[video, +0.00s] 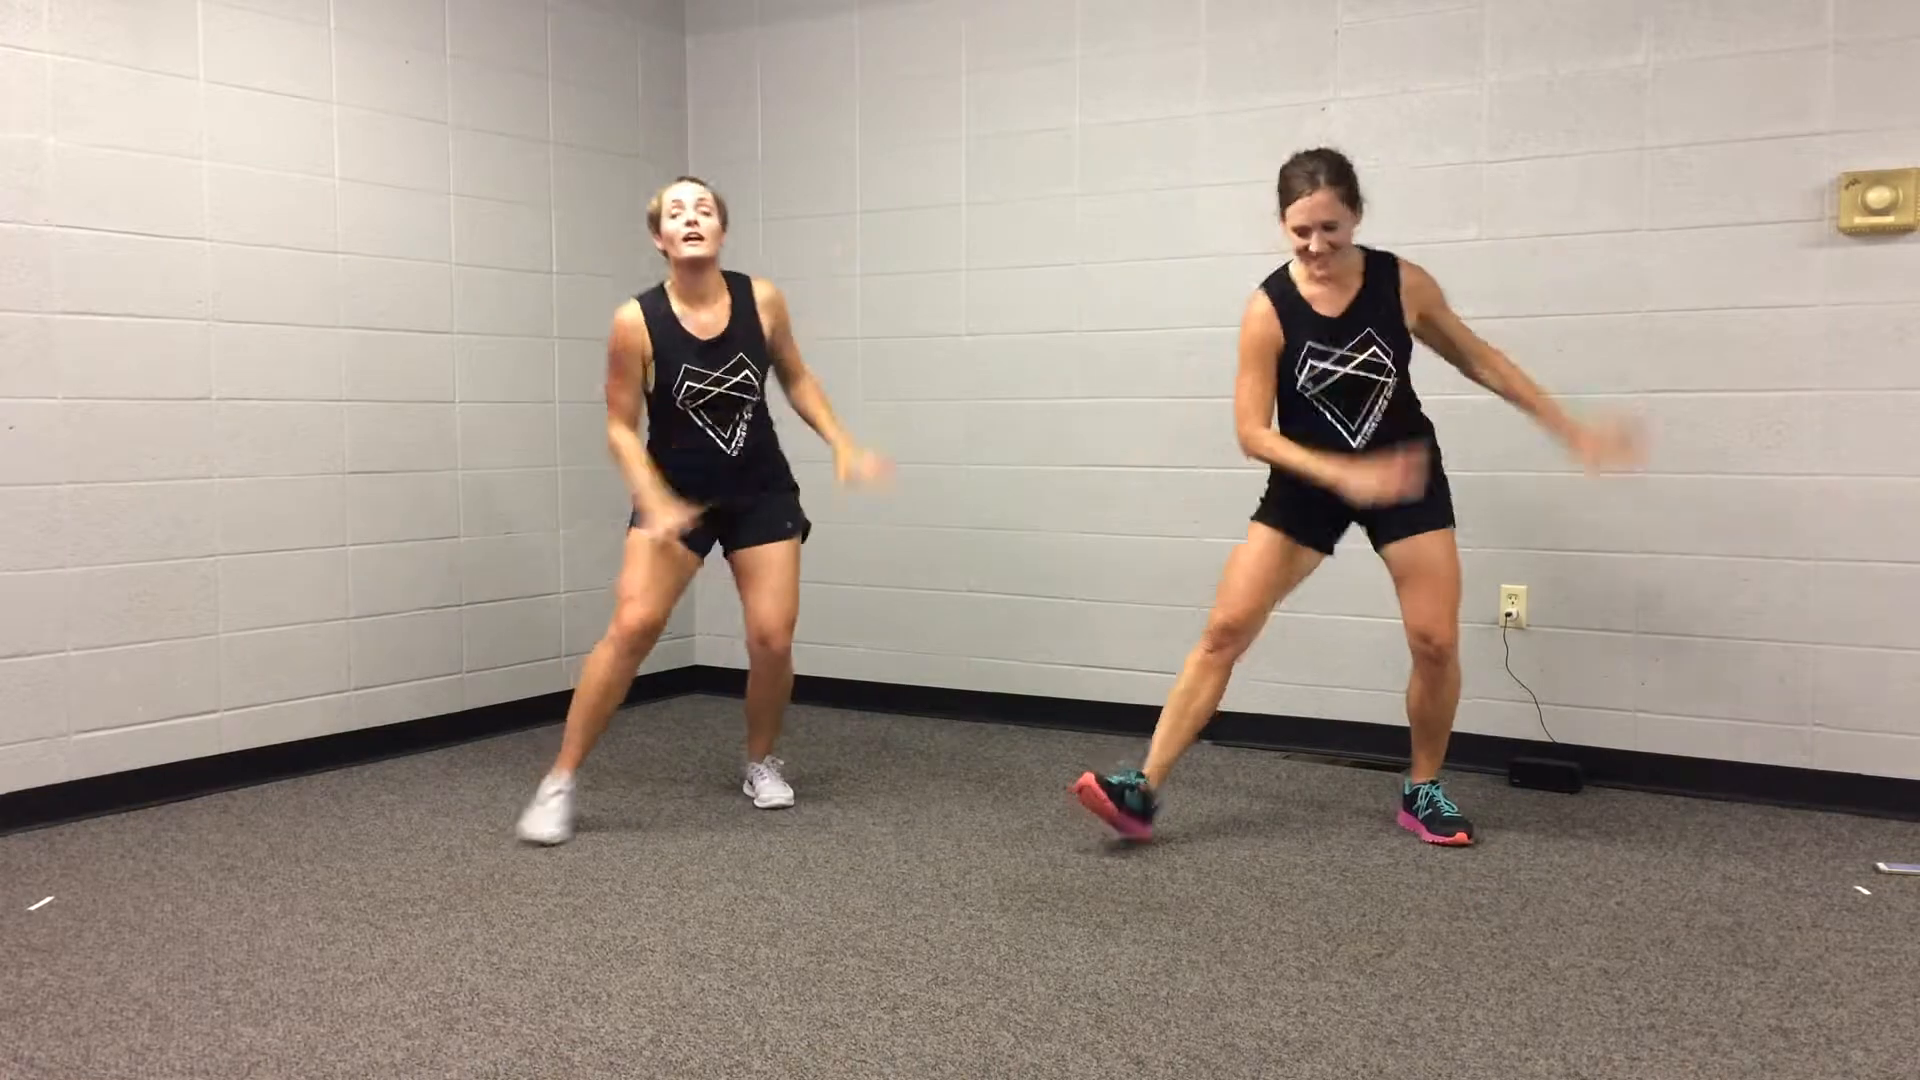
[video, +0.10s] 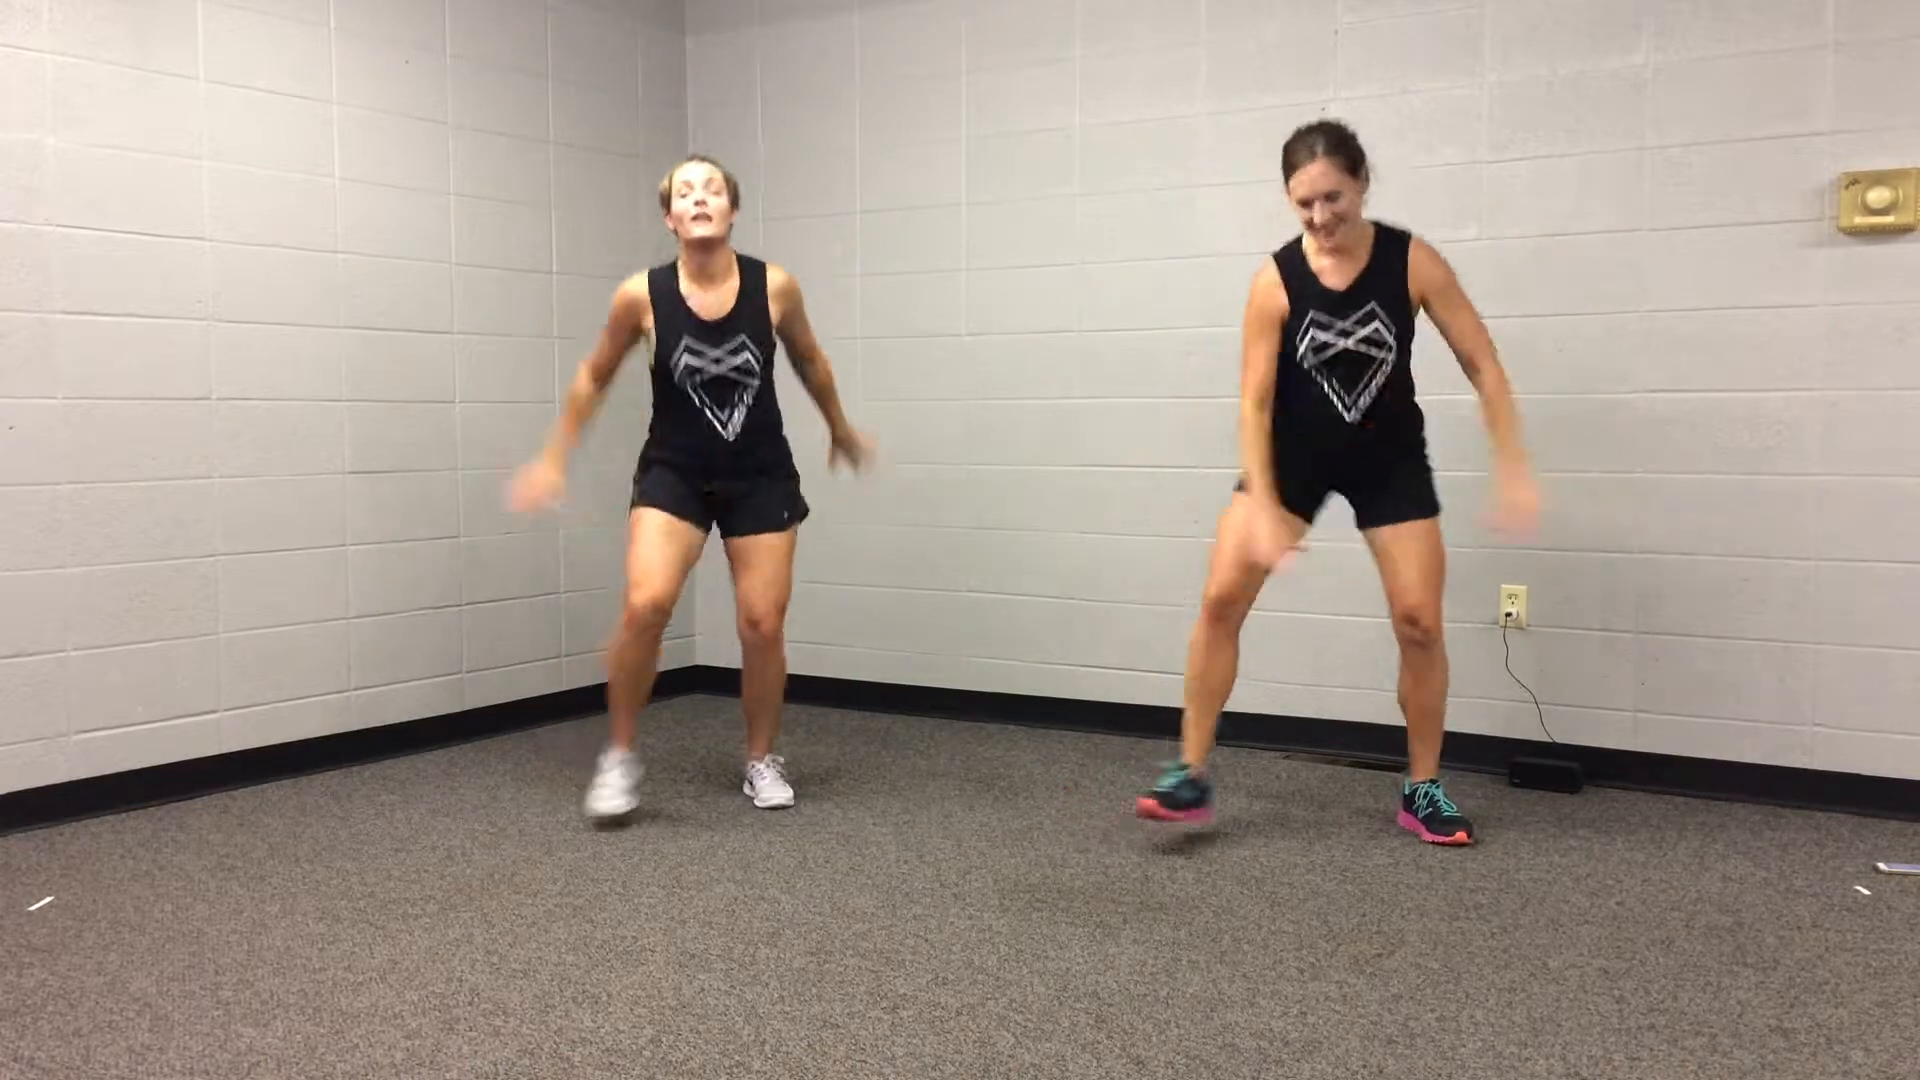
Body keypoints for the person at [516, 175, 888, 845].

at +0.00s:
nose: (690, 218)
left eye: (702, 210)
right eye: (676, 211)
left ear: (723, 232)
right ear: (658, 237)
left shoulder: (761, 301)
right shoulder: (636, 321)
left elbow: (796, 377)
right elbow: (620, 423)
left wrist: (841, 442)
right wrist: (655, 499)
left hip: (760, 488)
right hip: (676, 493)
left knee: (773, 639)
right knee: (634, 624)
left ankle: (761, 764)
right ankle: (560, 781)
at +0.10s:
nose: (699, 198)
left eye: (711, 188)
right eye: (686, 191)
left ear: (734, 210)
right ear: (669, 216)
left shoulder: (774, 288)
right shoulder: (641, 296)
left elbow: (810, 362)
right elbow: (594, 378)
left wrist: (840, 428)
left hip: (759, 472)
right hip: (674, 471)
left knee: (763, 622)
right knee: (646, 606)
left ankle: (761, 760)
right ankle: (620, 754)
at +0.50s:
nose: (690, 210)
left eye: (704, 198)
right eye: (678, 197)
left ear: (722, 208)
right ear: (660, 204)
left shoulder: (755, 283)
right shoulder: (626, 291)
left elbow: (777, 381)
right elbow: (598, 395)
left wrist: (764, 448)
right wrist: (616, 488)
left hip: (725, 465)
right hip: (648, 472)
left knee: (760, 584)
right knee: (666, 616)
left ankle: (751, 696)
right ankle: (676, 766)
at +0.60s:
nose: (685, 235)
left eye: (698, 225)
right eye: (673, 223)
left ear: (715, 231)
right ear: (654, 225)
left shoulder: (745, 287)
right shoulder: (623, 314)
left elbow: (767, 381)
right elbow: (627, 417)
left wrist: (710, 341)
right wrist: (670, 374)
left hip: (719, 479)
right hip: (637, 482)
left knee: (755, 543)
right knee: (658, 625)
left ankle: (727, 654)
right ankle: (676, 767)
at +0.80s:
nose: (677, 213)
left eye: (690, 202)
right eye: (665, 199)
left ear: (706, 208)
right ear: (644, 201)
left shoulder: (734, 276)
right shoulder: (603, 284)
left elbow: (774, 371)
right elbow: (593, 385)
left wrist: (732, 390)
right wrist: (647, 401)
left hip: (731, 465)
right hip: (648, 471)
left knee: (736, 613)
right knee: (667, 622)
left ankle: (746, 746)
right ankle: (677, 768)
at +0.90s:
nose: (674, 216)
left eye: (688, 205)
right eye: (663, 202)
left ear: (705, 213)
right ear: (641, 205)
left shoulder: (730, 286)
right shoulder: (600, 284)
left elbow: (773, 374)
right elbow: (581, 381)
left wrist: (805, 441)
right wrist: (589, 464)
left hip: (736, 469)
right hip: (652, 475)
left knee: (732, 621)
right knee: (671, 625)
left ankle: (748, 759)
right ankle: (678, 769)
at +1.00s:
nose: (674, 214)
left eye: (687, 204)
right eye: (662, 201)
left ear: (704, 212)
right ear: (641, 206)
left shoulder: (731, 287)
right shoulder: (602, 287)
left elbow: (797, 367)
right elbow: (559, 385)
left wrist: (866, 438)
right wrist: (510, 470)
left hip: (728, 468)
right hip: (645, 474)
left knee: (749, 611)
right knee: (670, 625)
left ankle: (748, 745)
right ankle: (678, 769)